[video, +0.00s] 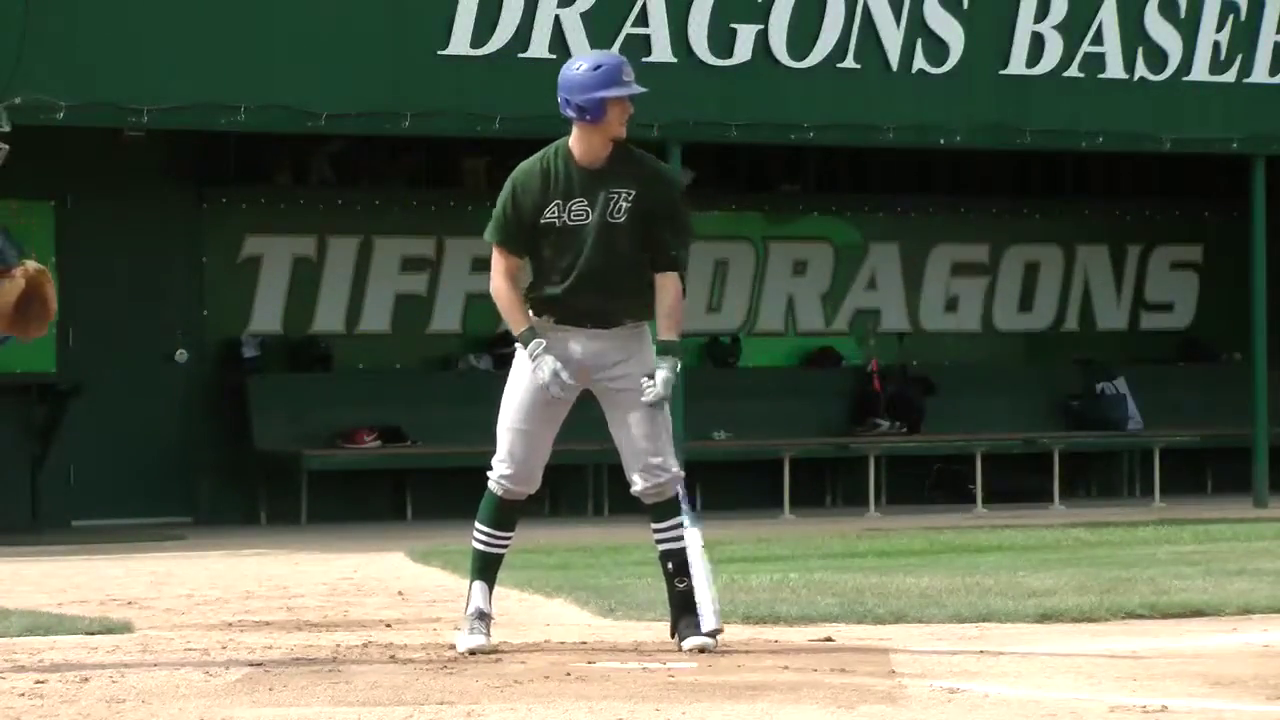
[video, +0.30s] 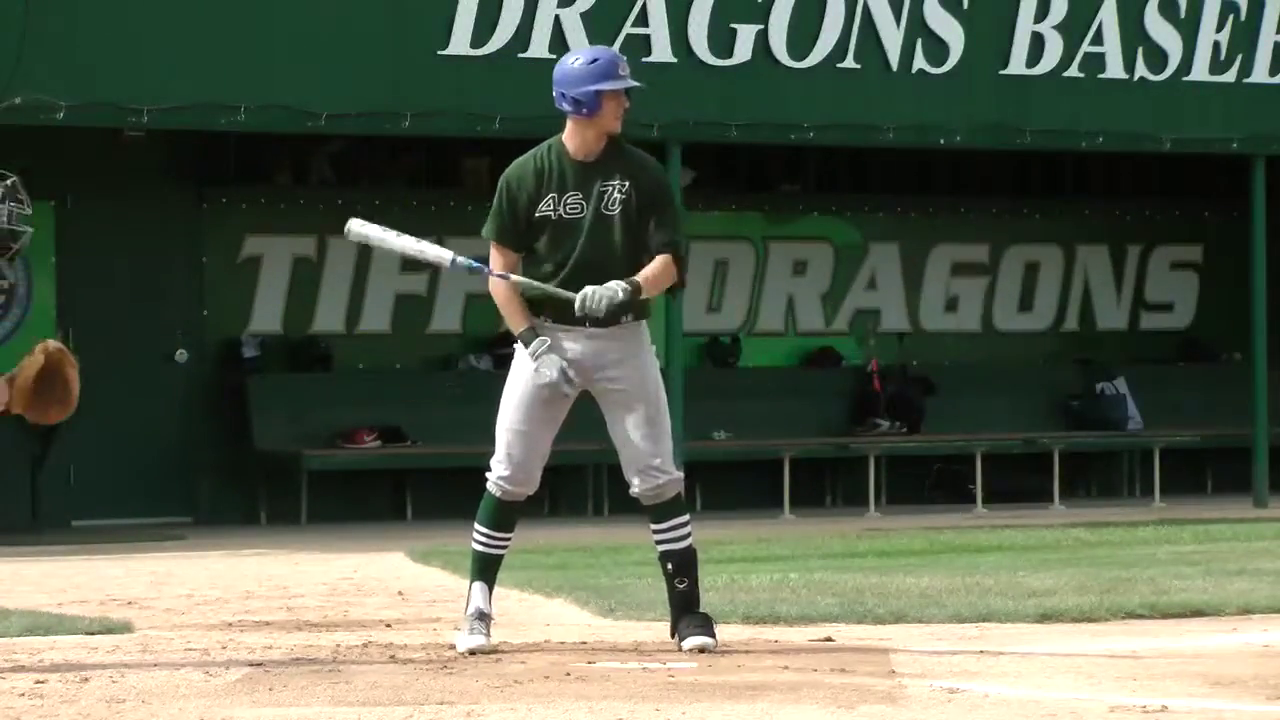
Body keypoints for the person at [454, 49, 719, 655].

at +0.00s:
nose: (629, 111)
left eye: (629, 101)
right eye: (617, 103)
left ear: (620, 105)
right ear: (582, 109)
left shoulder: (654, 183)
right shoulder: (530, 180)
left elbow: (669, 278)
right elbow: (502, 274)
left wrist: (667, 359)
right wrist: (531, 343)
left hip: (628, 343)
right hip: (547, 341)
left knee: (656, 475)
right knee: (511, 473)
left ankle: (688, 614)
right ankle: (478, 609)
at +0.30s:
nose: (625, 104)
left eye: (624, 94)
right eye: (616, 95)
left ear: (600, 103)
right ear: (582, 103)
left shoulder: (645, 176)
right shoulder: (523, 177)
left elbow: (671, 259)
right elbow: (500, 270)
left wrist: (630, 289)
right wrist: (530, 340)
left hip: (624, 342)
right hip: (544, 341)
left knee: (656, 474)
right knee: (510, 474)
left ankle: (688, 616)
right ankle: (478, 608)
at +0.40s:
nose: (626, 105)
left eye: (627, 94)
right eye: (616, 96)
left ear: (615, 100)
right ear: (581, 101)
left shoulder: (644, 173)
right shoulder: (527, 174)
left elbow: (693, 261)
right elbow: (500, 271)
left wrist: (643, 255)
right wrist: (535, 333)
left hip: (626, 342)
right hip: (547, 341)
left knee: (657, 480)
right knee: (510, 475)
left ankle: (688, 618)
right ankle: (478, 611)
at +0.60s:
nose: (642, 100)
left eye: (641, 90)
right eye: (632, 91)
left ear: (628, 97)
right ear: (599, 96)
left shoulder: (657, 162)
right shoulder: (542, 164)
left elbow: (738, 204)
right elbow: (468, 215)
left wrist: (704, 204)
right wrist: (528, 212)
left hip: (628, 343)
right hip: (550, 343)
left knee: (659, 480)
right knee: (512, 478)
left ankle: (689, 619)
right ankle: (478, 611)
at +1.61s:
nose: (632, 110)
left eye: (631, 100)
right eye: (621, 103)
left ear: (614, 107)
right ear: (587, 111)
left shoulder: (650, 177)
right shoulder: (530, 183)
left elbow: (647, 269)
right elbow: (508, 272)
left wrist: (590, 329)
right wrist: (525, 324)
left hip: (632, 345)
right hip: (551, 346)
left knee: (662, 479)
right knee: (516, 477)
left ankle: (688, 615)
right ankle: (476, 609)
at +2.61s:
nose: (610, 116)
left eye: (610, 106)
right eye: (599, 107)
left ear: (602, 111)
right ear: (564, 113)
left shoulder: (623, 171)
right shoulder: (514, 176)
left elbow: (612, 250)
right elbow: (445, 255)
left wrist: (533, 230)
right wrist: (474, 215)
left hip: (617, 350)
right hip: (539, 350)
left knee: (647, 485)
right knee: (517, 478)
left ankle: (686, 608)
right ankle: (475, 608)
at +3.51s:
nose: (621, 127)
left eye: (619, 117)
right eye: (611, 119)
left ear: (592, 122)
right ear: (579, 123)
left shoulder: (625, 179)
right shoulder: (521, 172)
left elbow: (608, 246)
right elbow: (429, 227)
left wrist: (540, 209)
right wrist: (491, 184)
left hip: (607, 357)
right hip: (530, 354)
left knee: (638, 493)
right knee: (522, 483)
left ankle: (687, 610)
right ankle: (477, 610)